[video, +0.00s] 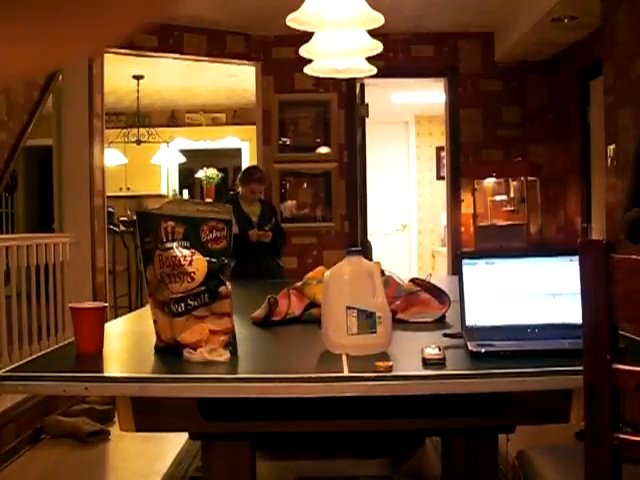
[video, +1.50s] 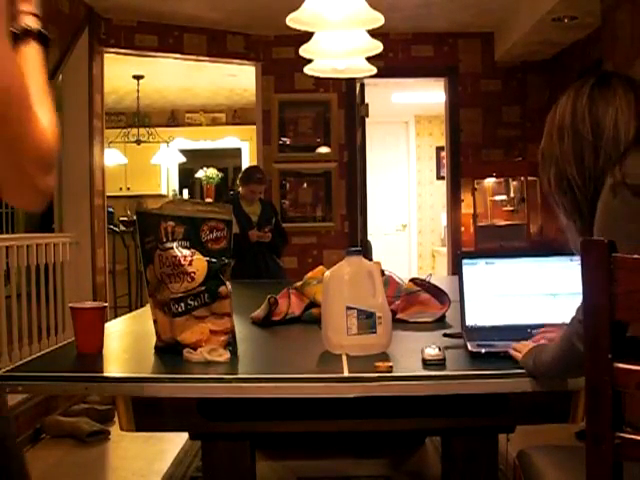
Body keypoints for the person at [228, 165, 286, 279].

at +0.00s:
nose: (256, 197)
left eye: (260, 192)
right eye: (252, 192)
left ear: (264, 189)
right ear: (241, 187)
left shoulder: (268, 207)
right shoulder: (230, 206)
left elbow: (282, 239)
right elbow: (225, 241)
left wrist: (271, 237)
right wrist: (247, 237)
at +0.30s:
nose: (256, 197)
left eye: (260, 193)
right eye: (252, 192)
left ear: (264, 190)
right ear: (241, 187)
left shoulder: (268, 208)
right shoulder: (230, 206)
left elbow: (282, 239)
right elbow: (225, 243)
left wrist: (271, 237)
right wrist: (248, 237)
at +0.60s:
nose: (256, 197)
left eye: (260, 193)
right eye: (252, 192)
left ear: (264, 190)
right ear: (241, 187)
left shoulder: (268, 207)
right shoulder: (229, 207)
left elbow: (282, 238)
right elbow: (225, 242)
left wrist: (270, 237)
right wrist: (248, 237)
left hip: (268, 269)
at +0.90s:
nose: (256, 197)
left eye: (260, 193)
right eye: (252, 192)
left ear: (264, 189)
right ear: (241, 187)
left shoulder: (268, 207)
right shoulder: (230, 206)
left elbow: (282, 238)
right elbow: (226, 242)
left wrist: (271, 237)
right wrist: (248, 237)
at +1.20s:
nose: (256, 197)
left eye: (260, 192)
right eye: (252, 192)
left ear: (264, 190)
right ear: (241, 187)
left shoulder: (268, 206)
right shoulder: (230, 206)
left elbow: (282, 237)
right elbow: (227, 241)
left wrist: (270, 237)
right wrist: (248, 237)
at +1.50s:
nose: (256, 197)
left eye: (260, 193)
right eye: (252, 192)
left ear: (264, 190)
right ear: (241, 186)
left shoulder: (268, 207)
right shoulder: (230, 206)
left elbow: (283, 238)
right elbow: (226, 241)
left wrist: (271, 238)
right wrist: (247, 237)